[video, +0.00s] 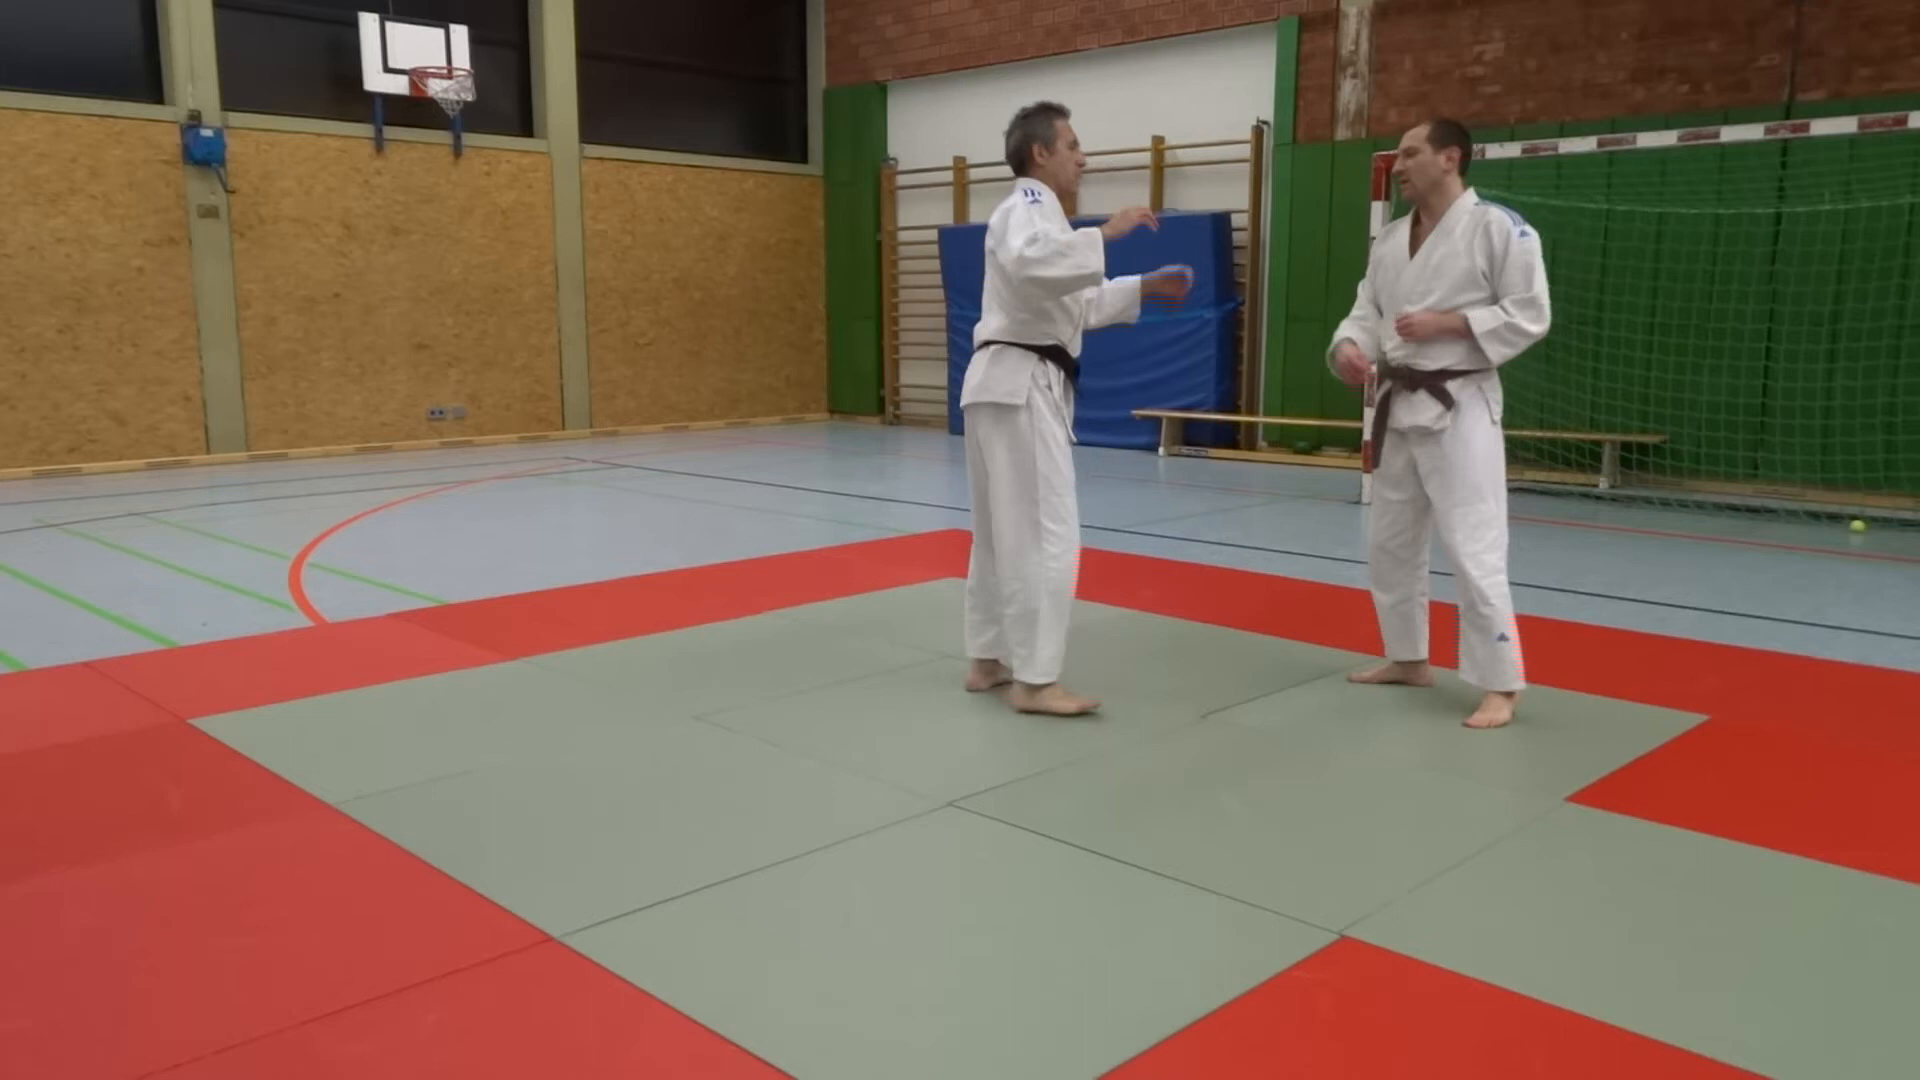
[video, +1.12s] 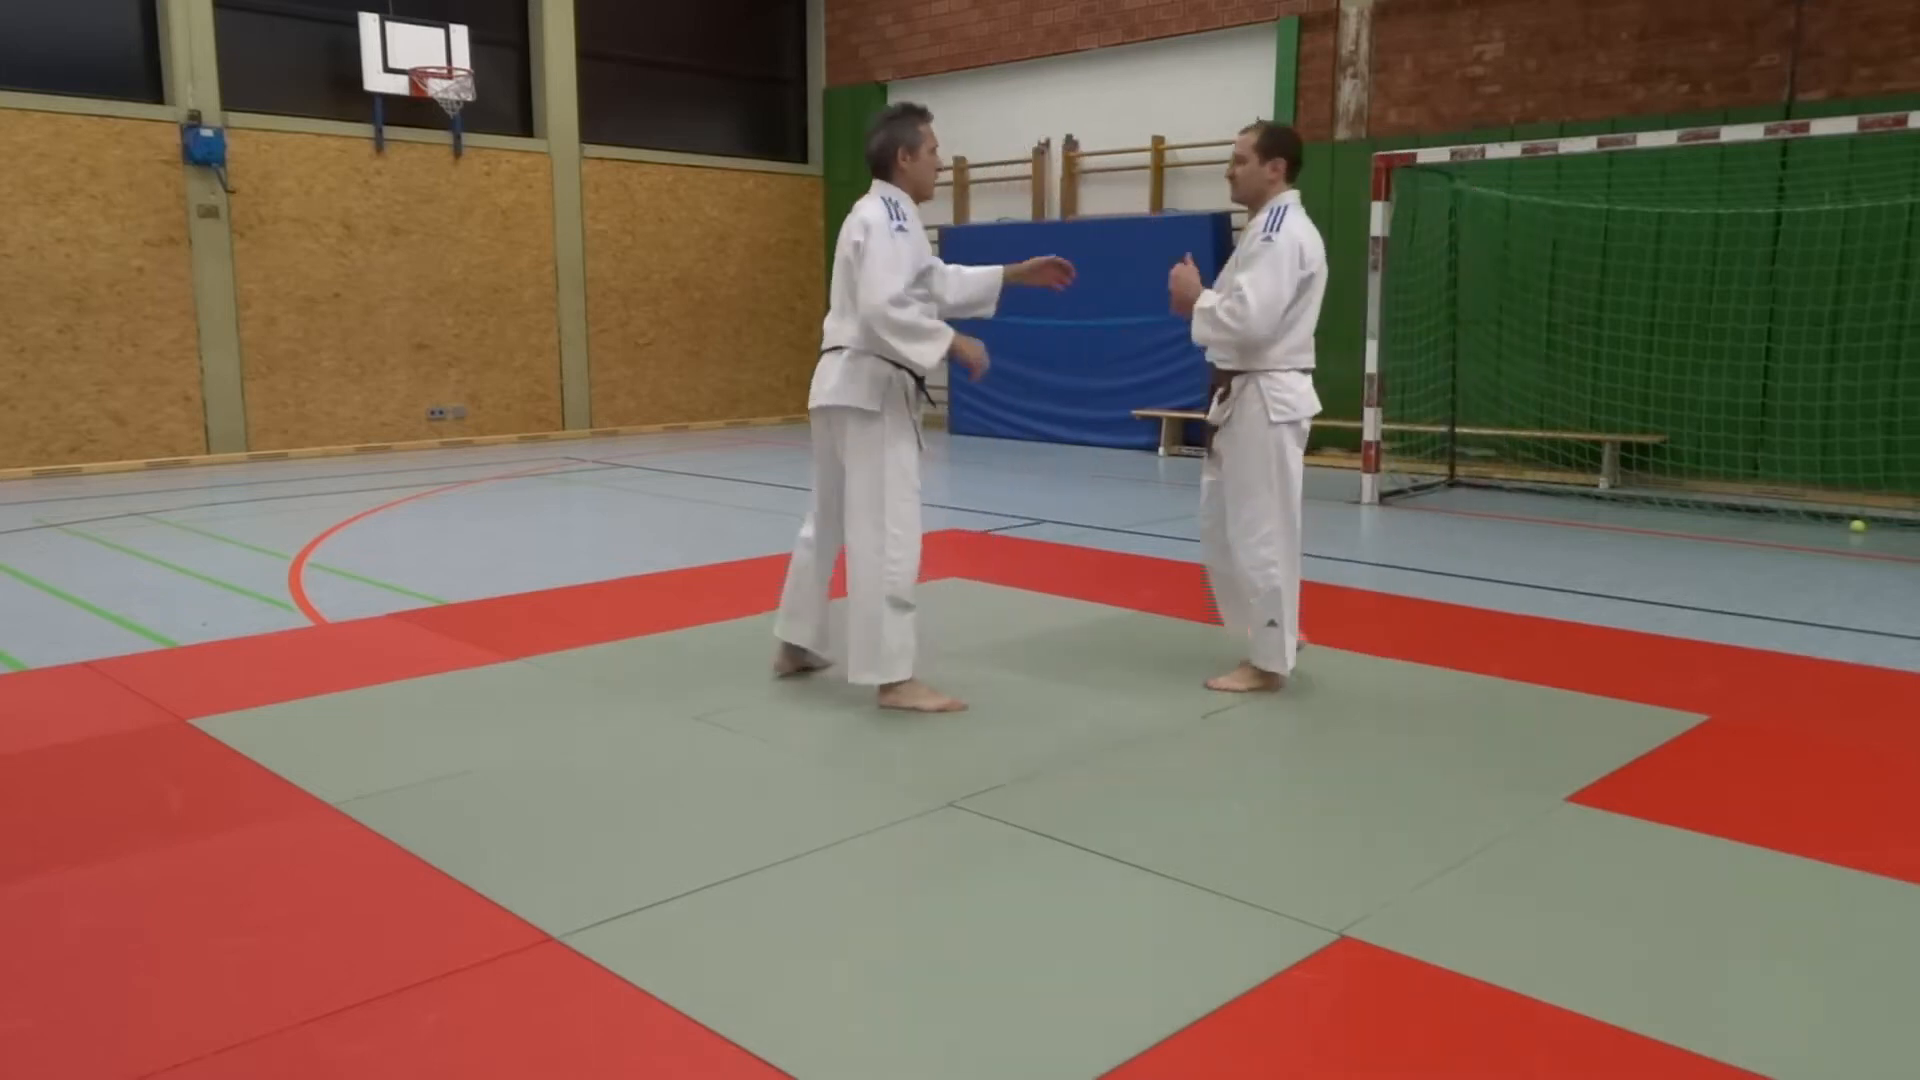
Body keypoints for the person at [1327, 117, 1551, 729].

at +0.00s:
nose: (1398, 165)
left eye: (1411, 154)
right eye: (1398, 156)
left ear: (1451, 160)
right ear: (1404, 166)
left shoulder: (1499, 229)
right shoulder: (1391, 240)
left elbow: (1530, 314)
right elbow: (1366, 314)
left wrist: (1453, 324)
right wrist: (1351, 343)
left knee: (1473, 549)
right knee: (1391, 540)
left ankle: (1501, 689)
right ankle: (1407, 661)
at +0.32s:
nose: (1357, 174)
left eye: (1368, 163)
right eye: (1357, 165)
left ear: (1407, 164)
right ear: (1393, 167)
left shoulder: (1446, 227)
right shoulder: (1371, 239)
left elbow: (1446, 305)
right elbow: (1368, 316)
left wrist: (1362, 313)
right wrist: (1342, 348)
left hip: (1425, 398)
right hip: (1380, 397)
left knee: (1399, 531)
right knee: (1382, 529)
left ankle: (1426, 665)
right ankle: (1401, 657)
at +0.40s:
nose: (1348, 174)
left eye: (1359, 163)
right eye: (1348, 165)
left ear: (1397, 165)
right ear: (1382, 169)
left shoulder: (1433, 227)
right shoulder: (1369, 240)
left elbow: (1412, 303)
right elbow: (1374, 330)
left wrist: (1336, 314)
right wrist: (1334, 349)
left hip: (1414, 399)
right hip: (1380, 398)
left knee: (1374, 531)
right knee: (1393, 530)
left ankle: (1382, 669)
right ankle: (1411, 654)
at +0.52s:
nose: (1335, 177)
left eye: (1345, 165)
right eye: (1336, 167)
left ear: (1383, 168)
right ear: (1375, 171)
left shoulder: (1416, 229)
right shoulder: (1367, 238)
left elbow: (1361, 289)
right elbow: (1356, 337)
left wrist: (1269, 324)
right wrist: (1314, 346)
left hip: (1399, 399)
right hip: (1372, 397)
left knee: (1351, 525)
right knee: (1392, 528)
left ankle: (1330, 666)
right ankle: (1409, 656)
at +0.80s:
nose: (1290, 174)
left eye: (1301, 165)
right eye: (1291, 165)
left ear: (1337, 172)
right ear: (1333, 174)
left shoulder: (1348, 236)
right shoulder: (1331, 232)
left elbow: (1308, 320)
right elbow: (1299, 311)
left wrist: (1232, 330)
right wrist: (1244, 329)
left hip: (1332, 400)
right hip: (1333, 396)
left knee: (1298, 531)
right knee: (1353, 532)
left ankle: (1271, 661)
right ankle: (1401, 650)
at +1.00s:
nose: (1251, 172)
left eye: (1260, 162)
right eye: (1252, 162)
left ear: (1296, 170)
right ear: (1293, 170)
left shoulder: (1300, 234)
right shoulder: (1299, 227)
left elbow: (1277, 325)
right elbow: (1283, 320)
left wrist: (1217, 314)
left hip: (1286, 397)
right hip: (1292, 394)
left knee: (1267, 529)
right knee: (1278, 523)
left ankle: (1272, 664)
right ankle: (1345, 619)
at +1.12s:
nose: (1230, 171)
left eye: (1240, 162)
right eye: (1232, 161)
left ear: (1275, 169)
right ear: (1268, 170)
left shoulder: (1284, 233)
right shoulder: (1265, 228)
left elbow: (1252, 323)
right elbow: (1246, 310)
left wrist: (1197, 301)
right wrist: (1202, 300)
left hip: (1269, 395)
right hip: (1244, 392)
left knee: (1259, 529)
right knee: (1222, 526)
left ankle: (1269, 663)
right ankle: (1273, 635)